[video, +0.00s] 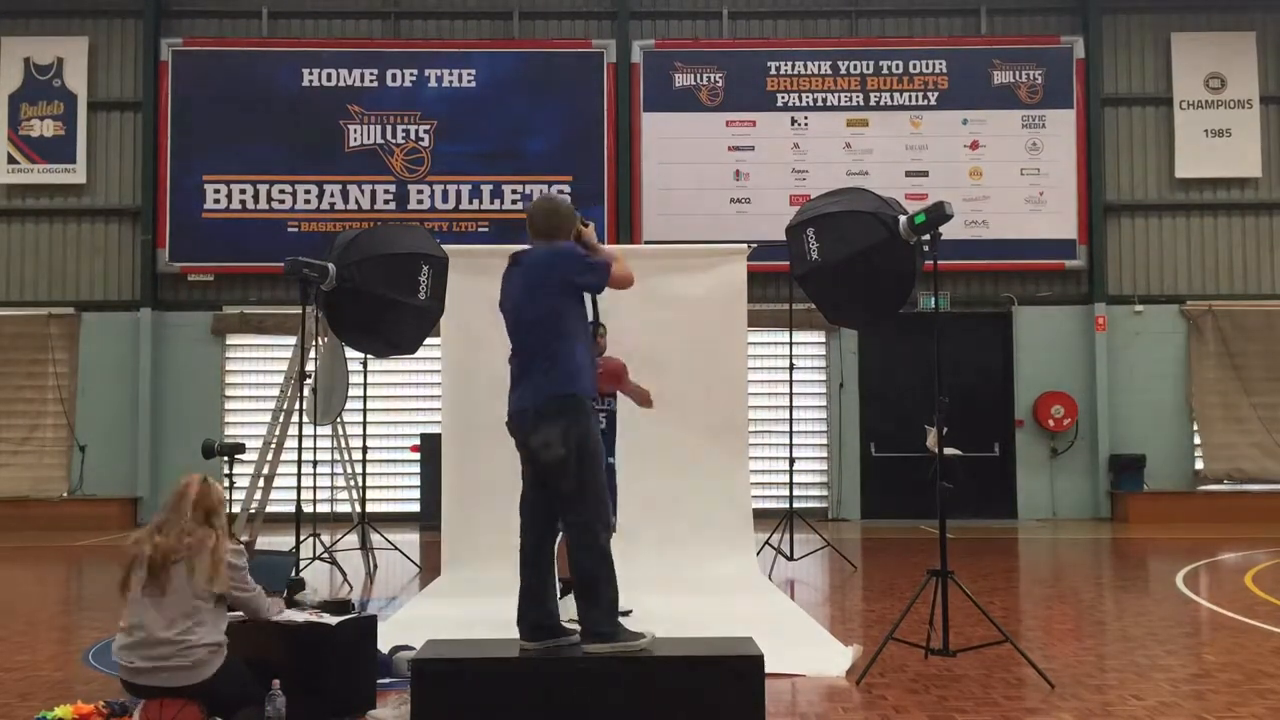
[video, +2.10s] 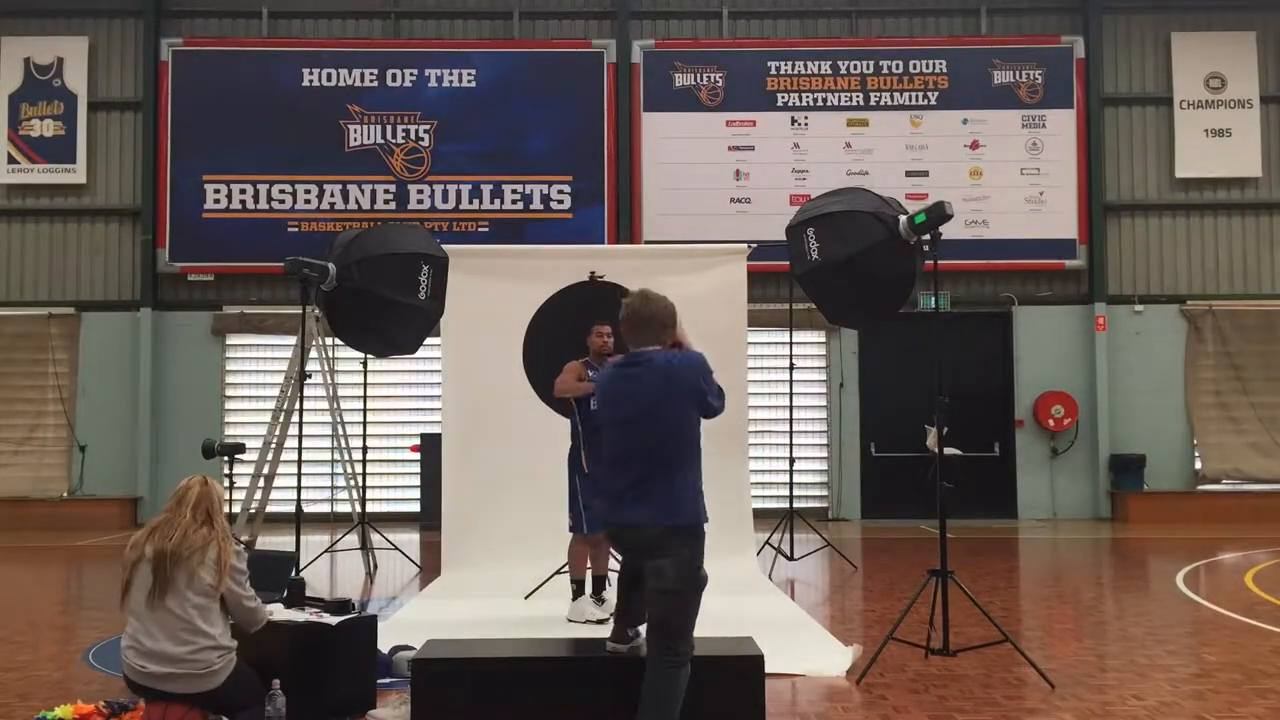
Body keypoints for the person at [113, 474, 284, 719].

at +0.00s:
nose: (225, 514)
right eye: (222, 508)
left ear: (174, 506)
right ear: (216, 511)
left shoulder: (145, 542)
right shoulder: (225, 550)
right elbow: (259, 608)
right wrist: (277, 604)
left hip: (136, 680)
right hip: (196, 677)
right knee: (252, 700)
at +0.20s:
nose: (223, 509)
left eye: (222, 503)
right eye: (221, 504)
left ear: (176, 503)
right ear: (215, 507)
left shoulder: (149, 542)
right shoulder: (226, 546)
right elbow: (270, 575)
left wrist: (225, 607)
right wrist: (303, 571)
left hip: (137, 673)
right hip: (199, 670)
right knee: (252, 702)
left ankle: (147, 706)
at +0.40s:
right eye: (219, 505)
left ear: (169, 506)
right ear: (214, 509)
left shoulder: (141, 545)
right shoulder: (231, 555)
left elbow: (133, 612)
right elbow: (241, 635)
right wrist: (233, 665)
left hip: (138, 680)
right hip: (203, 684)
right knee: (255, 698)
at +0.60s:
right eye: (216, 511)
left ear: (169, 511)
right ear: (210, 514)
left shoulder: (143, 543)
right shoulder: (225, 552)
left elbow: (132, 608)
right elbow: (243, 628)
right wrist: (279, 614)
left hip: (140, 678)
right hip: (205, 682)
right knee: (254, 703)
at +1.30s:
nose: (223, 517)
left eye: (222, 511)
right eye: (221, 511)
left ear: (175, 507)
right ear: (214, 512)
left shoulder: (144, 539)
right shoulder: (223, 547)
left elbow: (133, 600)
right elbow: (230, 605)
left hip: (141, 677)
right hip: (208, 680)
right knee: (254, 704)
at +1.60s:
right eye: (217, 504)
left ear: (173, 508)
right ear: (215, 509)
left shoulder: (142, 542)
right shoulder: (226, 549)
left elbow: (132, 605)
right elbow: (254, 621)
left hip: (140, 678)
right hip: (205, 681)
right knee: (254, 702)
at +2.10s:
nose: (224, 513)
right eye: (222, 507)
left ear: (175, 504)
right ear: (216, 510)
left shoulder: (142, 540)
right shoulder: (223, 548)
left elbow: (133, 603)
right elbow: (251, 618)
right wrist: (263, 612)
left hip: (139, 678)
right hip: (203, 681)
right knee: (254, 700)